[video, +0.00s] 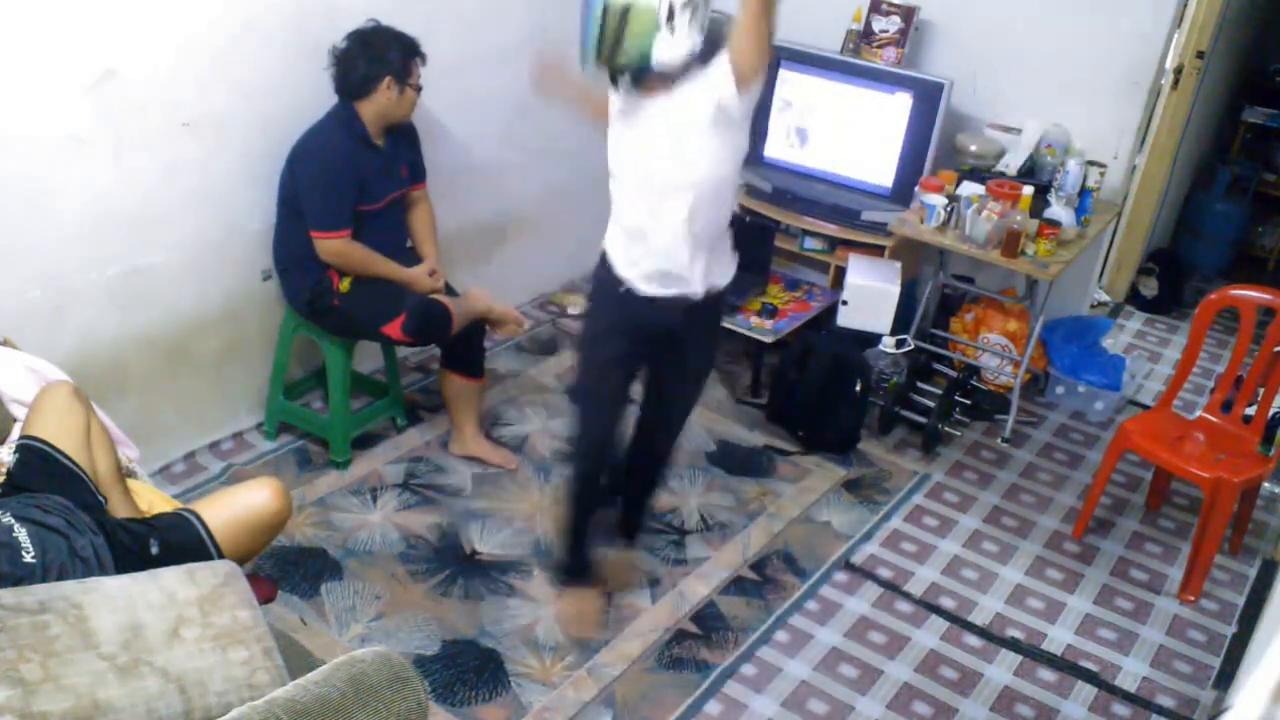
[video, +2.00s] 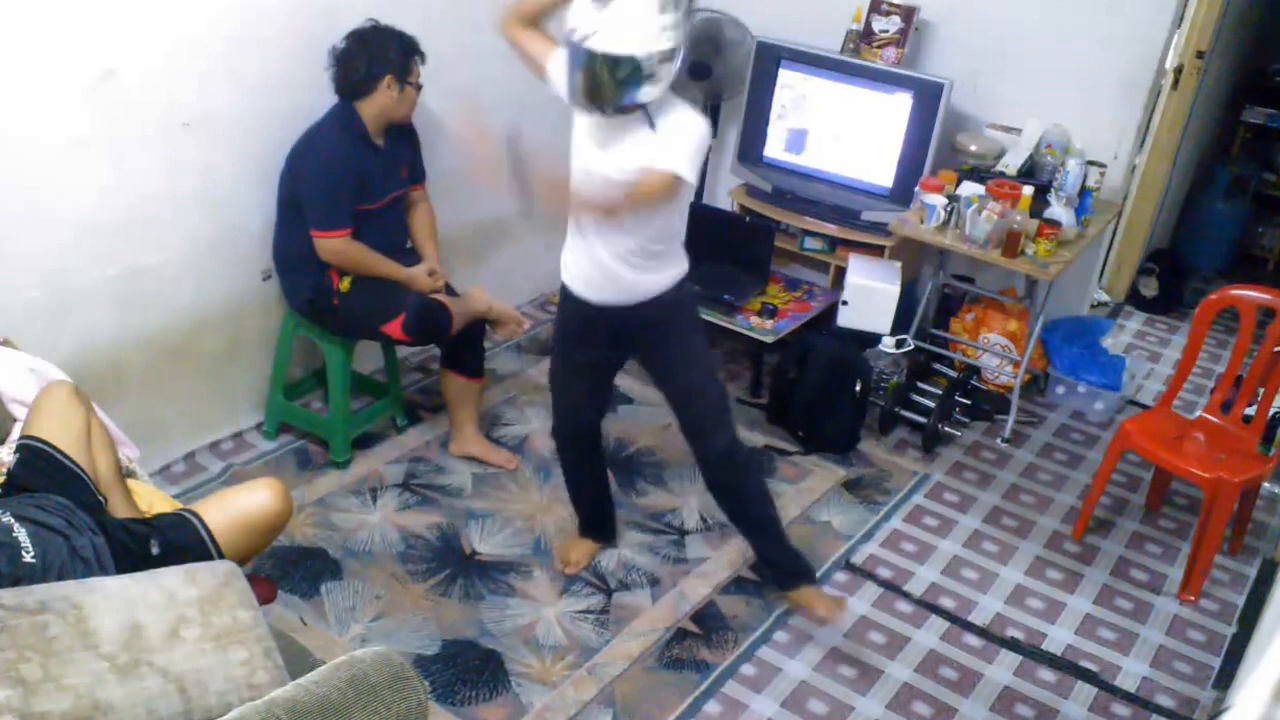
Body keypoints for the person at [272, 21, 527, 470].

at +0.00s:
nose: (419, 96)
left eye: (419, 87)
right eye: (416, 87)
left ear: (387, 88)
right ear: (387, 88)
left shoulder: (400, 131)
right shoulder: (326, 151)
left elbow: (417, 202)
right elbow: (333, 249)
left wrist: (428, 260)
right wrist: (407, 277)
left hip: (388, 264)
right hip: (325, 282)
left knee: (465, 323)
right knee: (424, 323)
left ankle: (466, 436)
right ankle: (476, 306)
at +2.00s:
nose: (419, 95)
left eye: (419, 87)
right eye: (416, 86)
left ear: (387, 86)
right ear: (388, 86)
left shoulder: (399, 131)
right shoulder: (326, 150)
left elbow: (417, 201)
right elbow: (333, 248)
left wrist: (430, 258)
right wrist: (407, 276)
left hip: (389, 265)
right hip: (326, 282)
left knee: (467, 320)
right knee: (425, 323)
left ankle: (465, 434)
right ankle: (478, 304)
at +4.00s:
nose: (419, 96)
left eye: (419, 87)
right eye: (416, 86)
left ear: (386, 86)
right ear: (388, 87)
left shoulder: (399, 130)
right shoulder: (326, 150)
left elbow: (417, 202)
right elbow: (332, 249)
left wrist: (429, 261)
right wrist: (407, 275)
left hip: (387, 266)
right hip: (326, 284)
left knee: (466, 323)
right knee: (426, 323)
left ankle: (466, 435)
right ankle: (476, 304)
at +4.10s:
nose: (419, 95)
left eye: (419, 86)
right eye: (415, 86)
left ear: (386, 87)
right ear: (387, 86)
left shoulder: (399, 131)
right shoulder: (325, 151)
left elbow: (416, 202)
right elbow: (332, 249)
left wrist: (430, 261)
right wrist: (406, 275)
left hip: (388, 263)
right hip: (326, 284)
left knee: (467, 324)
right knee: (423, 322)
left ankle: (465, 435)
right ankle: (475, 306)